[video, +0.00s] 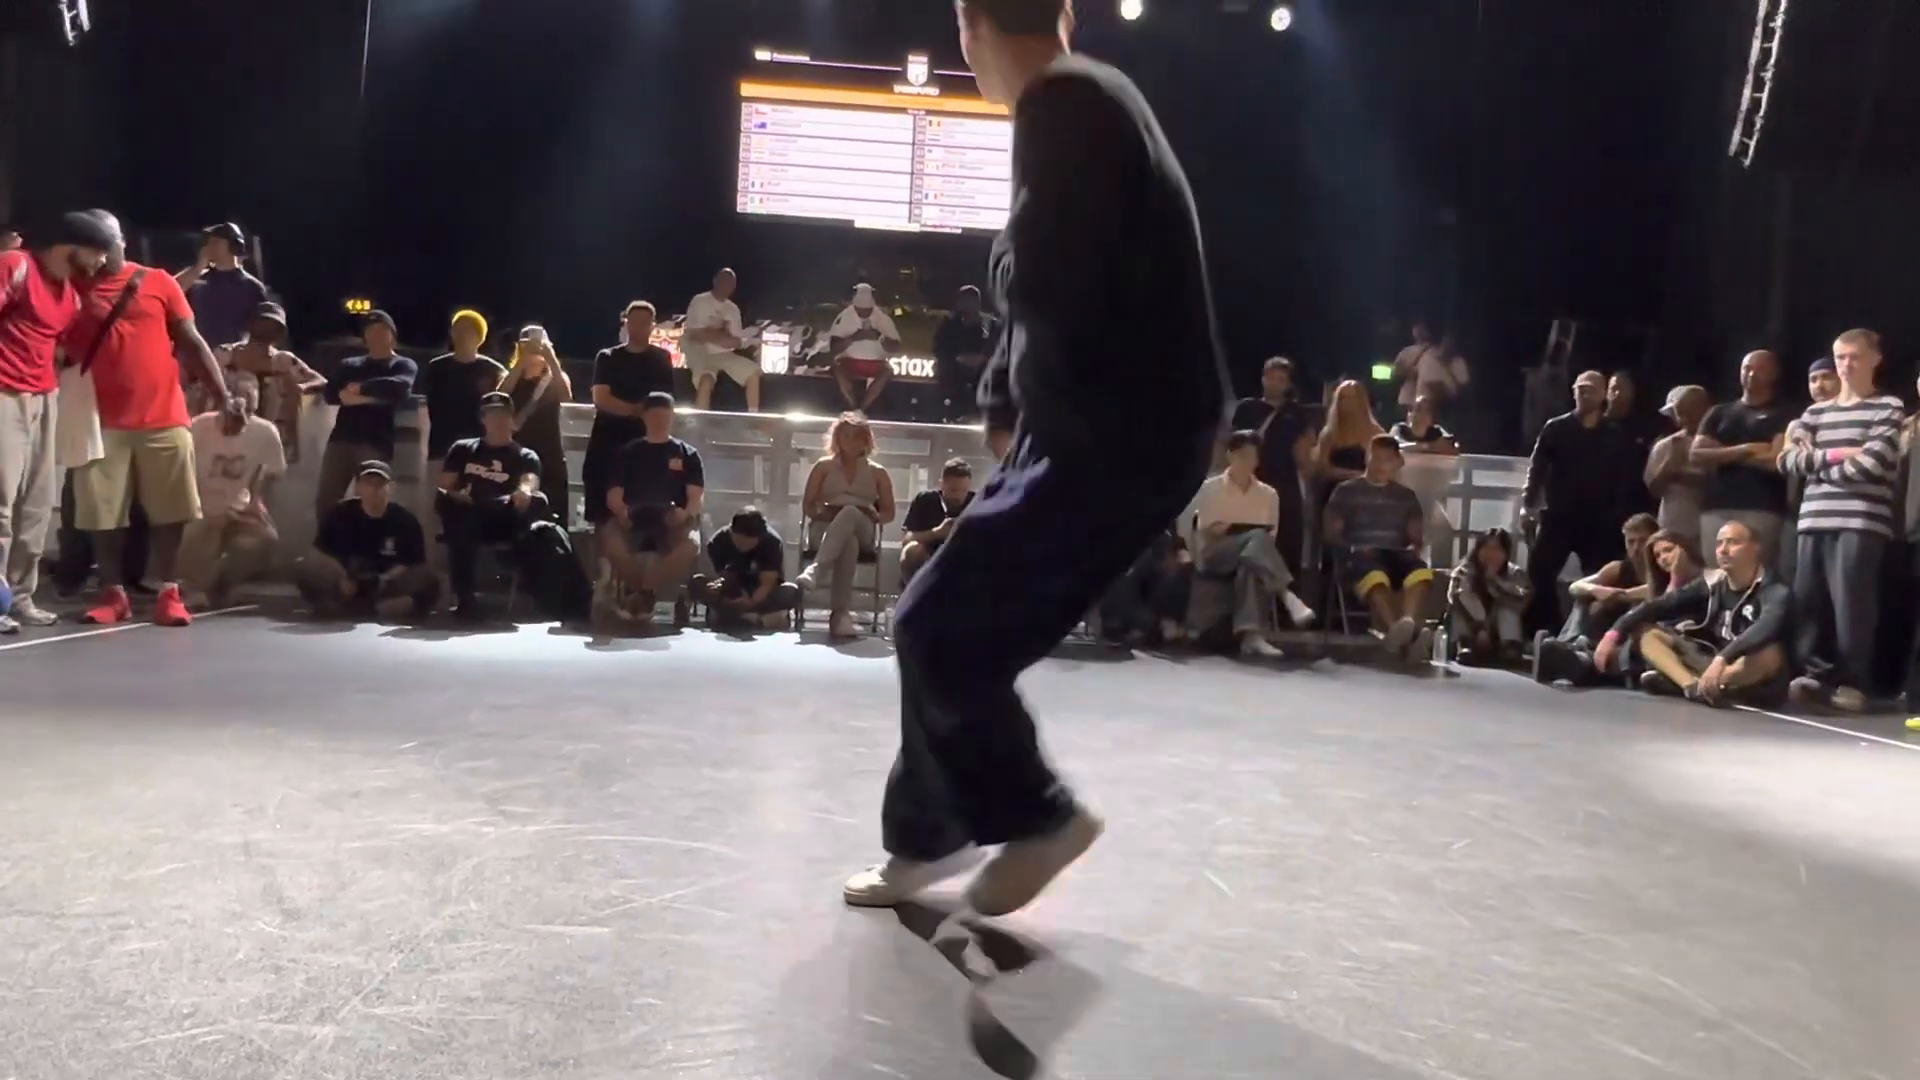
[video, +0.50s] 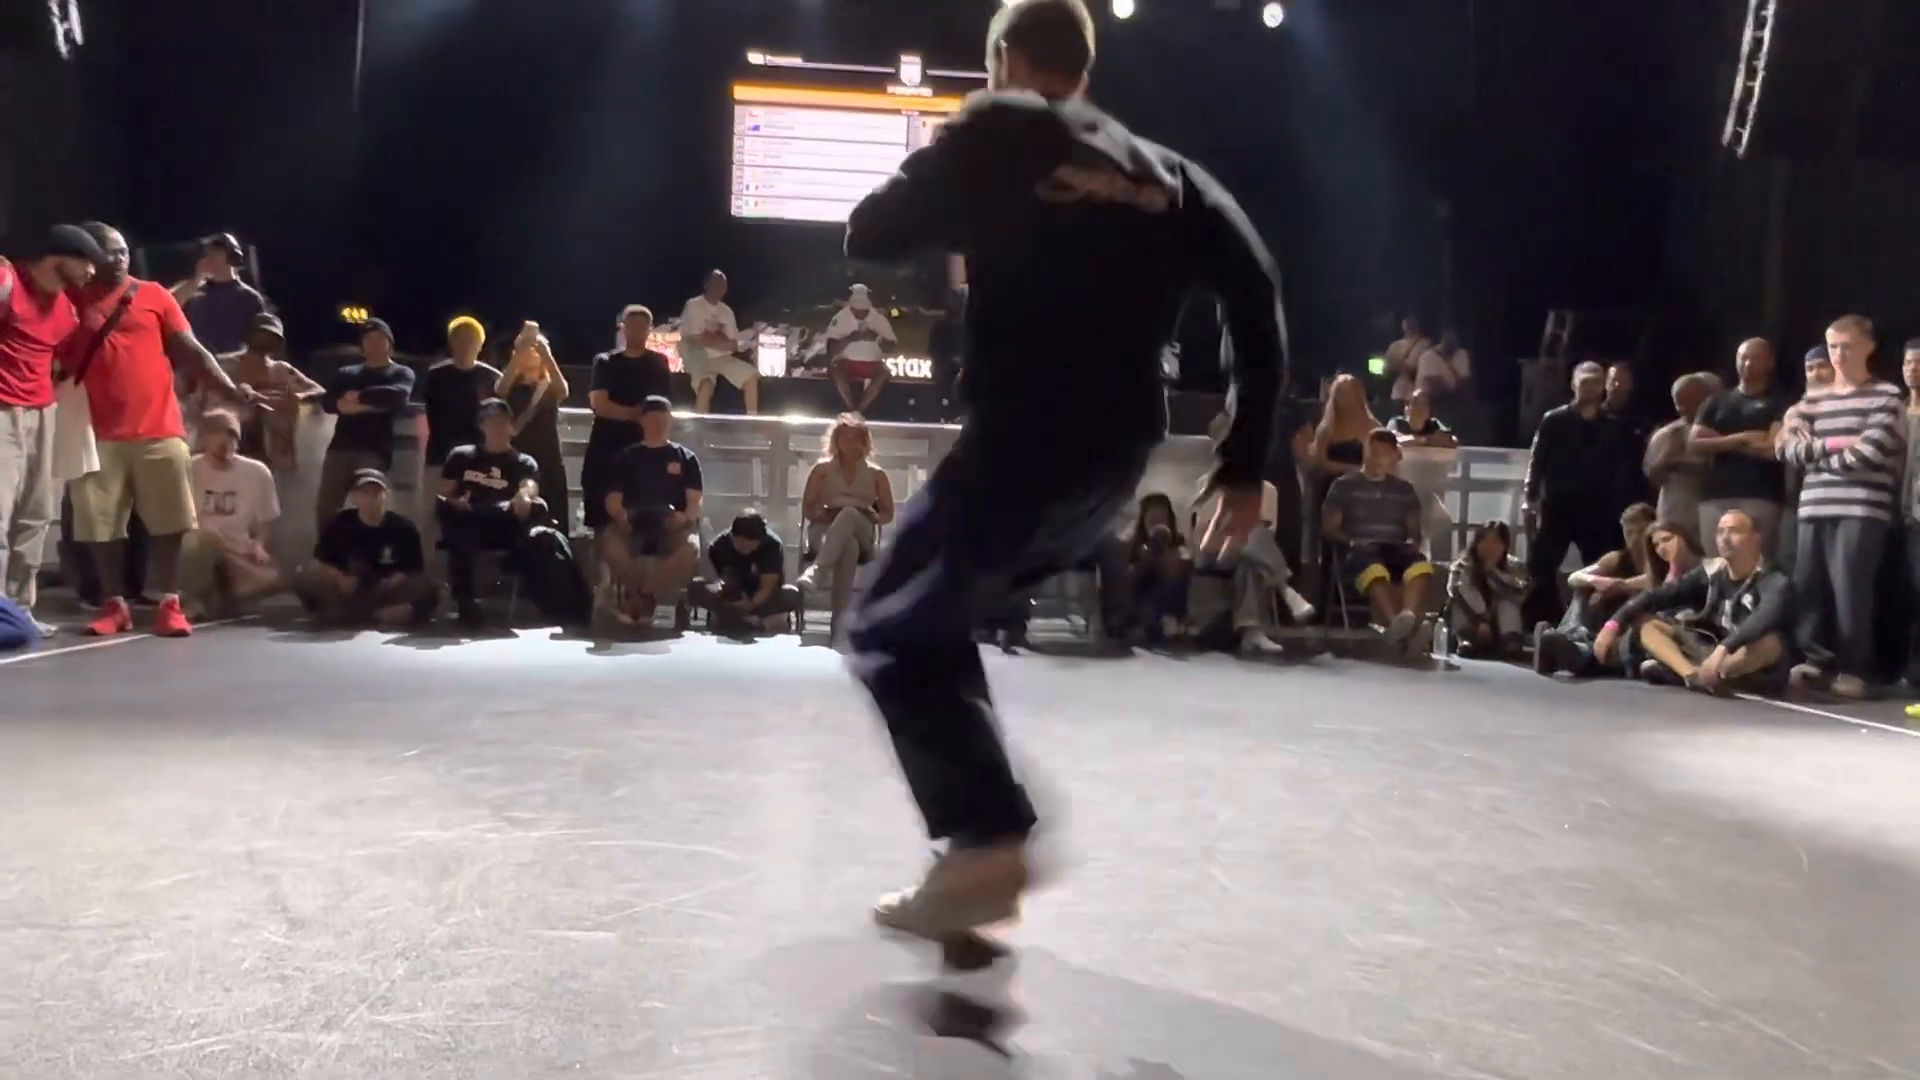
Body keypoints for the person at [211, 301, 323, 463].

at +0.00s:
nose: (267, 331)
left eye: (274, 327)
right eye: (263, 323)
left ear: (279, 332)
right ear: (251, 324)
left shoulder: (284, 360)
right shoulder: (226, 353)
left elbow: (321, 381)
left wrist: (301, 387)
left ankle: (290, 443)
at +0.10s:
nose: (266, 332)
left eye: (272, 328)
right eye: (262, 325)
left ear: (278, 333)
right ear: (251, 325)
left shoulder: (282, 360)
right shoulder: (225, 354)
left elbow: (318, 381)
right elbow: (205, 382)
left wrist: (299, 387)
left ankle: (286, 447)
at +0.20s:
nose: (261, 326)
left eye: (267, 321)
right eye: (257, 318)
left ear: (273, 327)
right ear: (246, 318)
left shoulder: (278, 354)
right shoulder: (219, 347)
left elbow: (315, 373)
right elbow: (202, 378)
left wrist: (291, 380)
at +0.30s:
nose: (261, 326)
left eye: (268, 322)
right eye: (258, 318)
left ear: (273, 329)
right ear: (246, 319)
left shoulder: (276, 355)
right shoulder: (218, 349)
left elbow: (314, 376)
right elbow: (198, 381)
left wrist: (294, 381)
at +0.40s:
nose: (263, 334)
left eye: (270, 330)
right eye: (259, 327)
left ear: (275, 335)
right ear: (248, 327)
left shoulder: (278, 362)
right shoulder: (222, 355)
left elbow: (317, 383)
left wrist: (295, 389)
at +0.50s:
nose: (268, 341)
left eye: (273, 337)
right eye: (264, 334)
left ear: (278, 341)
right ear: (252, 334)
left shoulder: (281, 369)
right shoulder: (228, 364)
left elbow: (319, 390)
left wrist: (299, 396)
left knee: (291, 404)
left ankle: (287, 452)